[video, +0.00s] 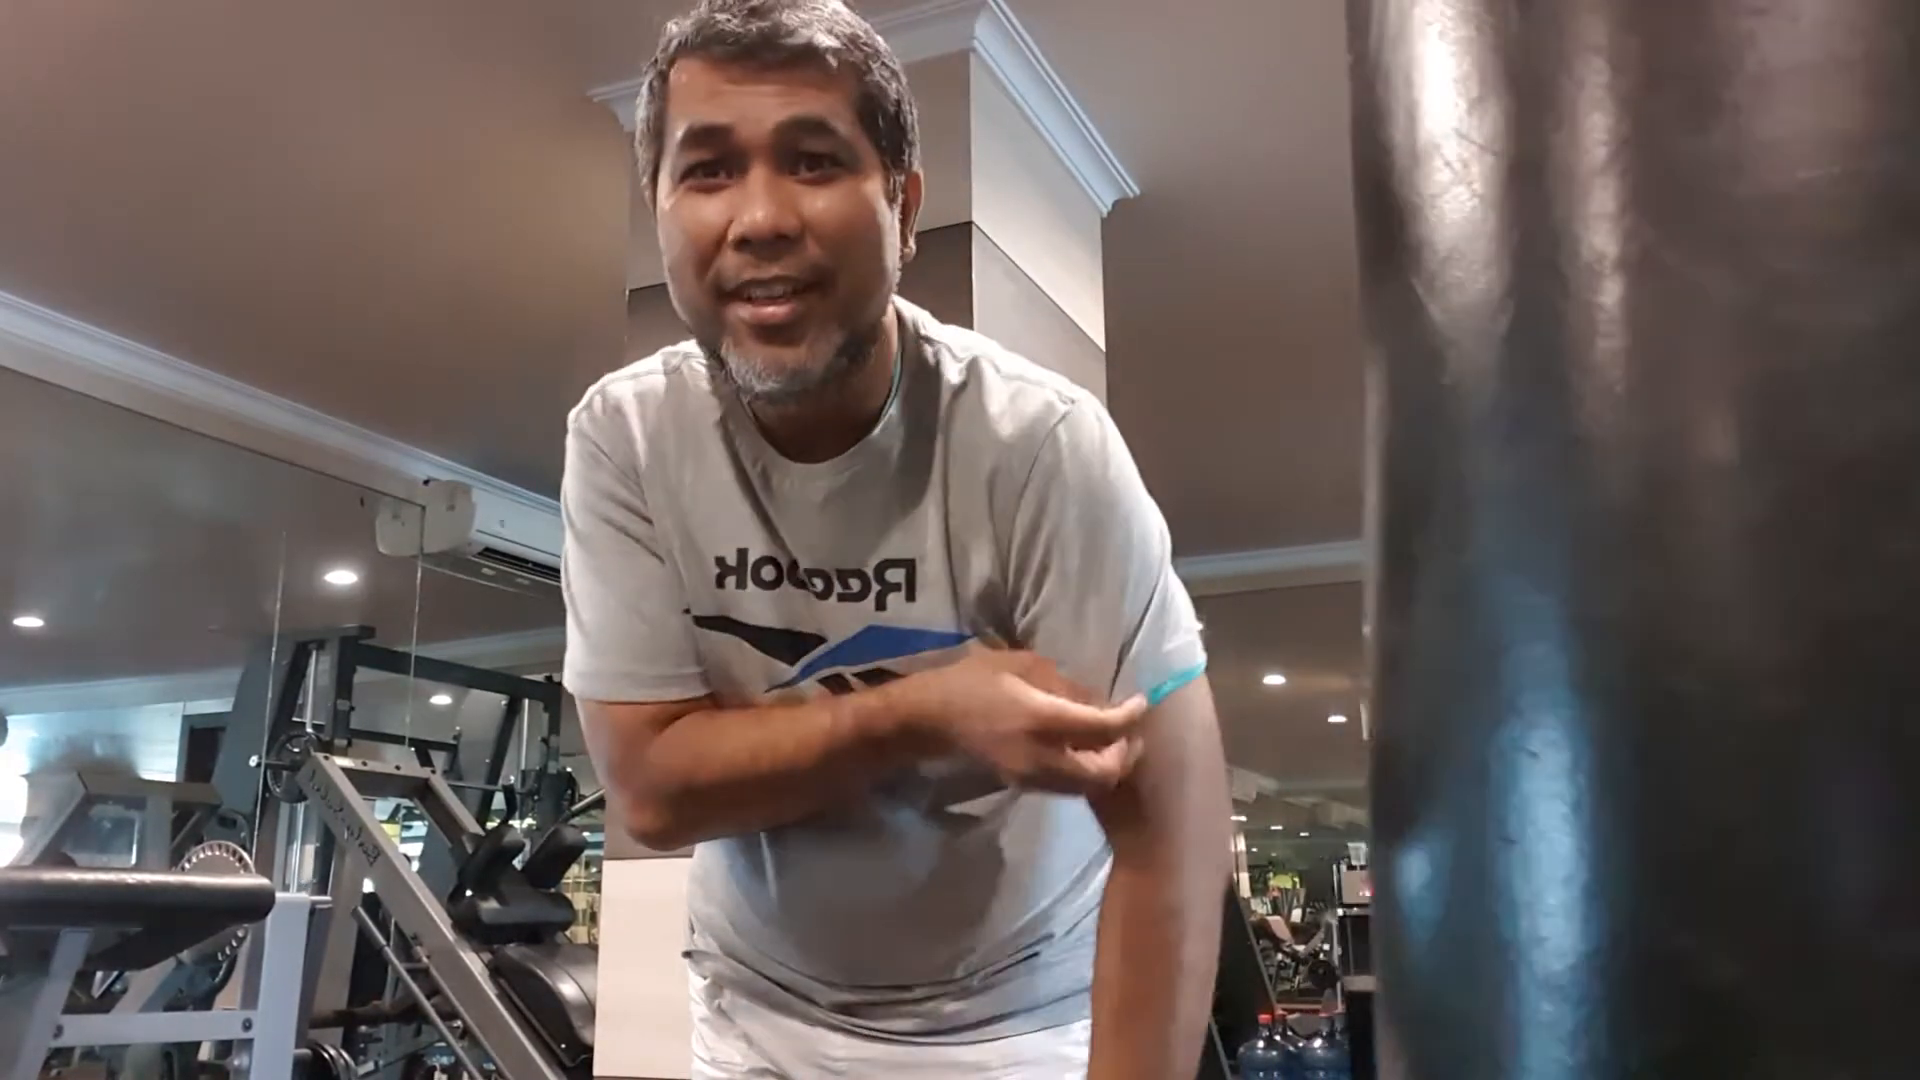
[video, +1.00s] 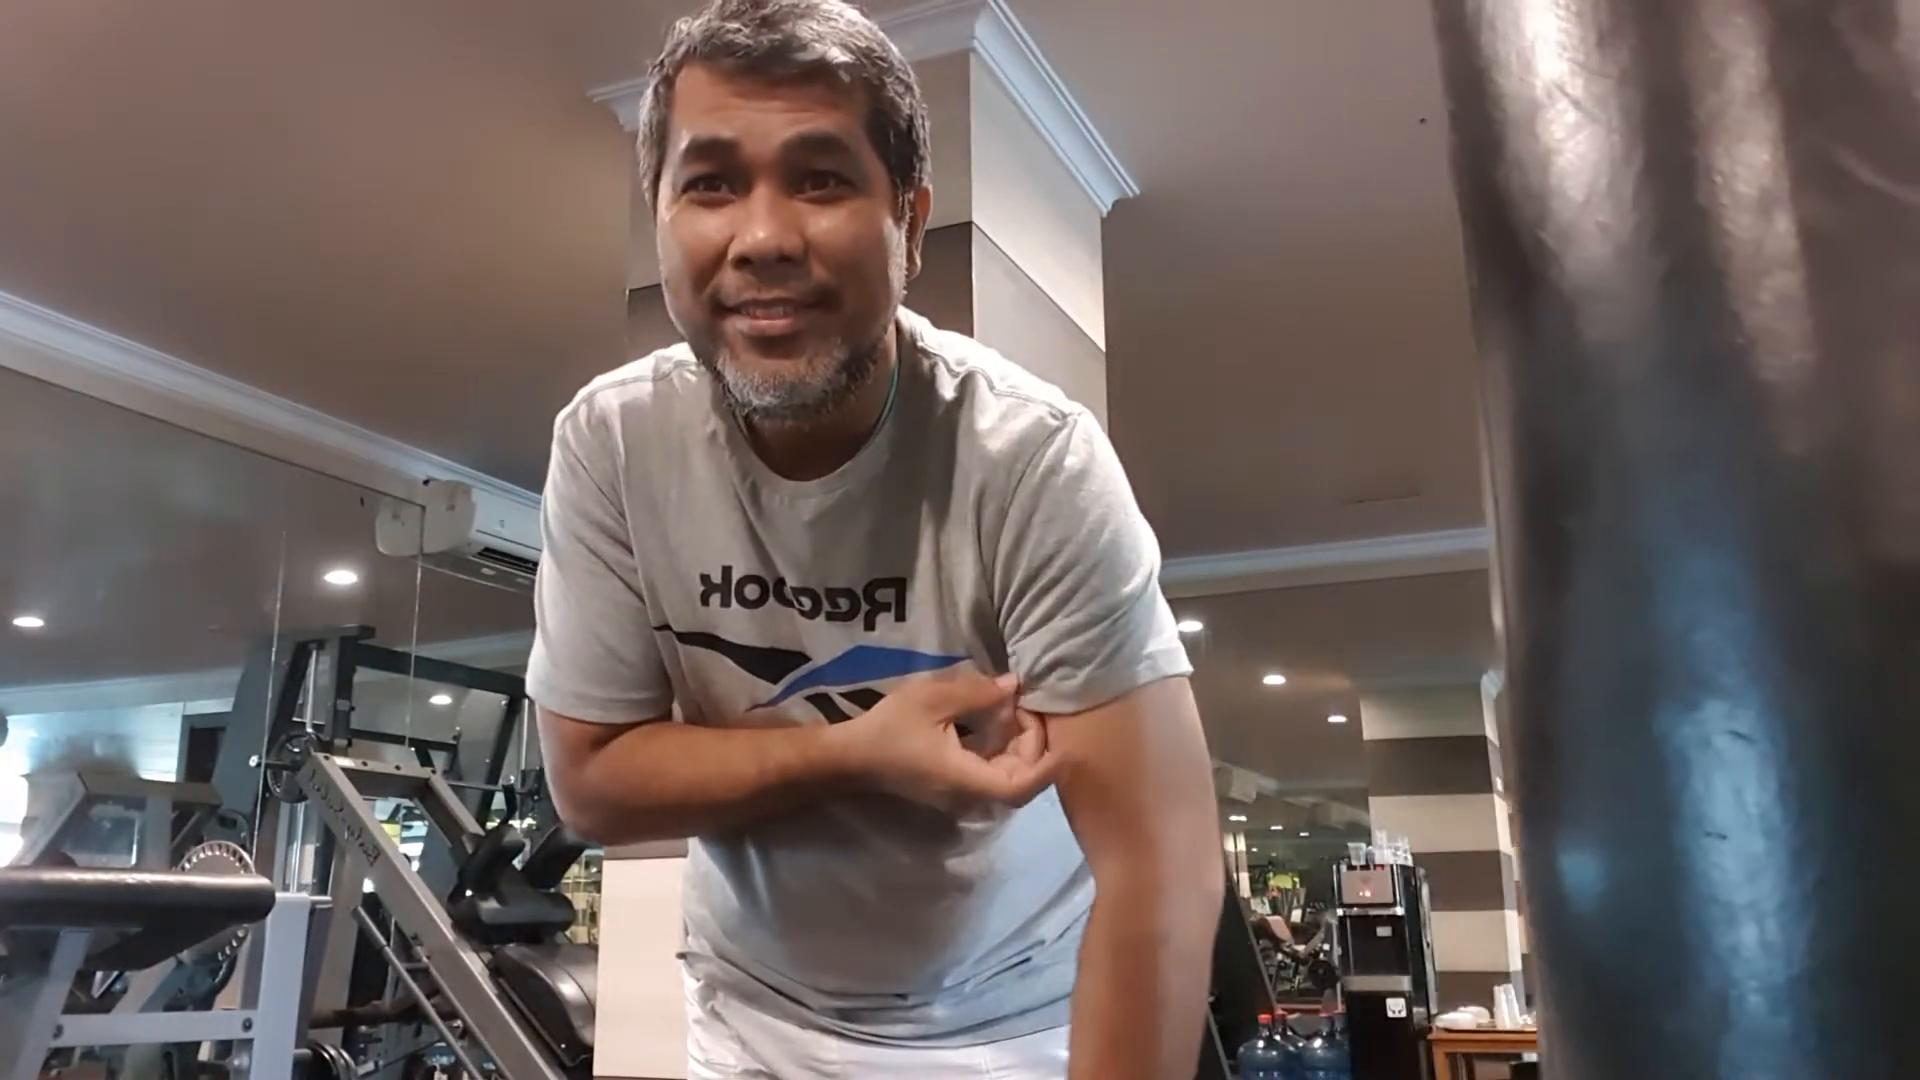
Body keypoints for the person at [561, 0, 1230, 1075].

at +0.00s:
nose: (758, 218)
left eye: (814, 163)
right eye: (707, 168)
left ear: (904, 208)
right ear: (659, 216)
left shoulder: (1043, 447)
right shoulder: (627, 435)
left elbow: (1173, 838)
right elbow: (652, 790)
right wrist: (923, 713)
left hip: (1018, 1024)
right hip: (756, 1014)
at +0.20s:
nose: (763, 228)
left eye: (818, 169)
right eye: (710, 175)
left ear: (908, 214)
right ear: (656, 222)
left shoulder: (1047, 457)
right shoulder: (622, 438)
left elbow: (1152, 848)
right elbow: (641, 793)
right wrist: (921, 720)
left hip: (1018, 1022)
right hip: (757, 1014)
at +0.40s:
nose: (768, 227)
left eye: (824, 168)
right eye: (716, 174)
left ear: (912, 211)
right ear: (662, 218)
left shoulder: (1047, 452)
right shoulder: (623, 440)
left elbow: (1150, 856)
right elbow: (638, 795)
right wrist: (909, 729)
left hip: (1008, 1021)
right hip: (753, 1011)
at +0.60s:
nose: (769, 232)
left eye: (826, 173)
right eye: (717, 178)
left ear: (913, 217)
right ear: (661, 220)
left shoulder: (1043, 457)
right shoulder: (623, 440)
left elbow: (1144, 849)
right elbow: (624, 790)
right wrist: (890, 754)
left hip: (1006, 1028)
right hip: (752, 1014)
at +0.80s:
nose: (764, 238)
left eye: (821, 179)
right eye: (711, 183)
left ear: (909, 219)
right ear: (655, 225)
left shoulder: (1041, 462)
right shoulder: (616, 446)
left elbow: (1138, 855)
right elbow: (620, 793)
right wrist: (873, 750)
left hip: (1000, 1027)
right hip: (749, 1012)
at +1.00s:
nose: (764, 241)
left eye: (823, 182)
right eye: (713, 184)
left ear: (910, 221)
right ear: (657, 224)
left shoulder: (1034, 462)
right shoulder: (612, 443)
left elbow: (1162, 866)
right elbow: (593, 785)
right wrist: (854, 754)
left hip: (1012, 1028)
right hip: (749, 1014)